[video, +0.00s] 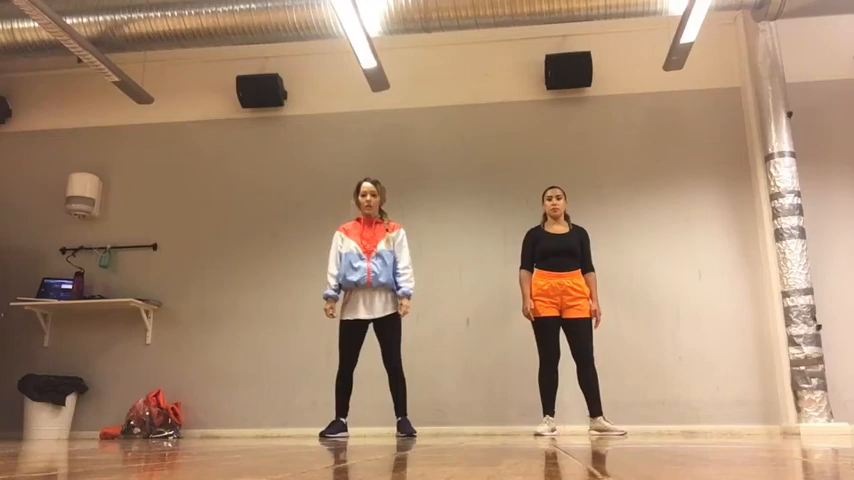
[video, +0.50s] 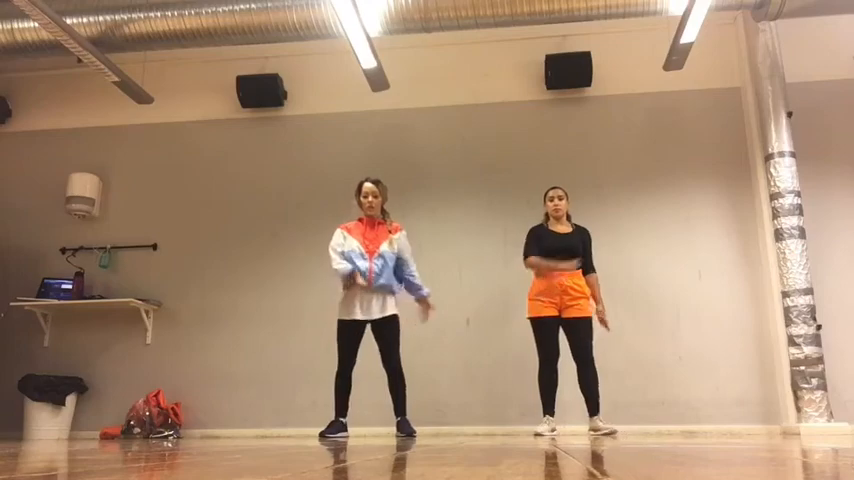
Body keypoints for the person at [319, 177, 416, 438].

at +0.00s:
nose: (368, 199)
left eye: (372, 195)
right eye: (363, 195)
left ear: (380, 199)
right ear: (356, 199)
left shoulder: (394, 231)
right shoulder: (344, 232)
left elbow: (403, 265)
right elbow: (334, 267)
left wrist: (405, 293)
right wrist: (331, 296)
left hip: (386, 303)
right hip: (353, 304)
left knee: (393, 364)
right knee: (346, 365)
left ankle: (402, 419)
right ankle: (340, 420)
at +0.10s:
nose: (367, 199)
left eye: (372, 195)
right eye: (363, 195)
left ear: (380, 199)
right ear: (356, 199)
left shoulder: (394, 231)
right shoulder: (343, 232)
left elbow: (403, 266)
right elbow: (334, 267)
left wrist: (404, 295)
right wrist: (332, 295)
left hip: (386, 303)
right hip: (353, 304)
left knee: (393, 364)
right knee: (346, 366)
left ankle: (402, 419)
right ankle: (340, 420)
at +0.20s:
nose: (367, 199)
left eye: (372, 195)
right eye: (362, 195)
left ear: (380, 199)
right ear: (356, 199)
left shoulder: (394, 231)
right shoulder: (343, 232)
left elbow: (403, 266)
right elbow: (334, 264)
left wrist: (404, 295)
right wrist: (335, 290)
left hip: (386, 303)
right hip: (353, 304)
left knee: (393, 364)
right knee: (345, 366)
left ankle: (402, 419)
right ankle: (340, 420)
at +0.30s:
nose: (367, 199)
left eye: (372, 195)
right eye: (363, 195)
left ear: (380, 199)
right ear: (356, 199)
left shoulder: (394, 231)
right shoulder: (343, 232)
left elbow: (403, 267)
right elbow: (333, 263)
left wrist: (406, 298)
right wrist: (339, 286)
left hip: (386, 303)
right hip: (353, 305)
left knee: (393, 364)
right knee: (345, 366)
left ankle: (402, 419)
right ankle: (340, 420)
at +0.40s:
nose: (368, 199)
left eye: (373, 195)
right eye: (363, 195)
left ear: (381, 199)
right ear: (357, 199)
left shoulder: (395, 231)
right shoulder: (343, 231)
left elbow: (405, 267)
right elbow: (333, 260)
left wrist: (412, 299)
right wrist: (344, 279)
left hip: (386, 304)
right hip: (353, 304)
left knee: (393, 365)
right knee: (345, 366)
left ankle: (402, 419)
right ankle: (340, 420)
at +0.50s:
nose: (369, 200)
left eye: (374, 195)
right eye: (365, 196)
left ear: (383, 199)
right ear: (358, 199)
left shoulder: (395, 231)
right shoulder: (345, 231)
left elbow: (407, 268)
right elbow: (336, 260)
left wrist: (422, 296)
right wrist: (352, 272)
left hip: (385, 306)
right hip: (353, 307)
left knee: (393, 366)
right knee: (345, 367)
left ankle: (402, 420)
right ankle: (340, 421)